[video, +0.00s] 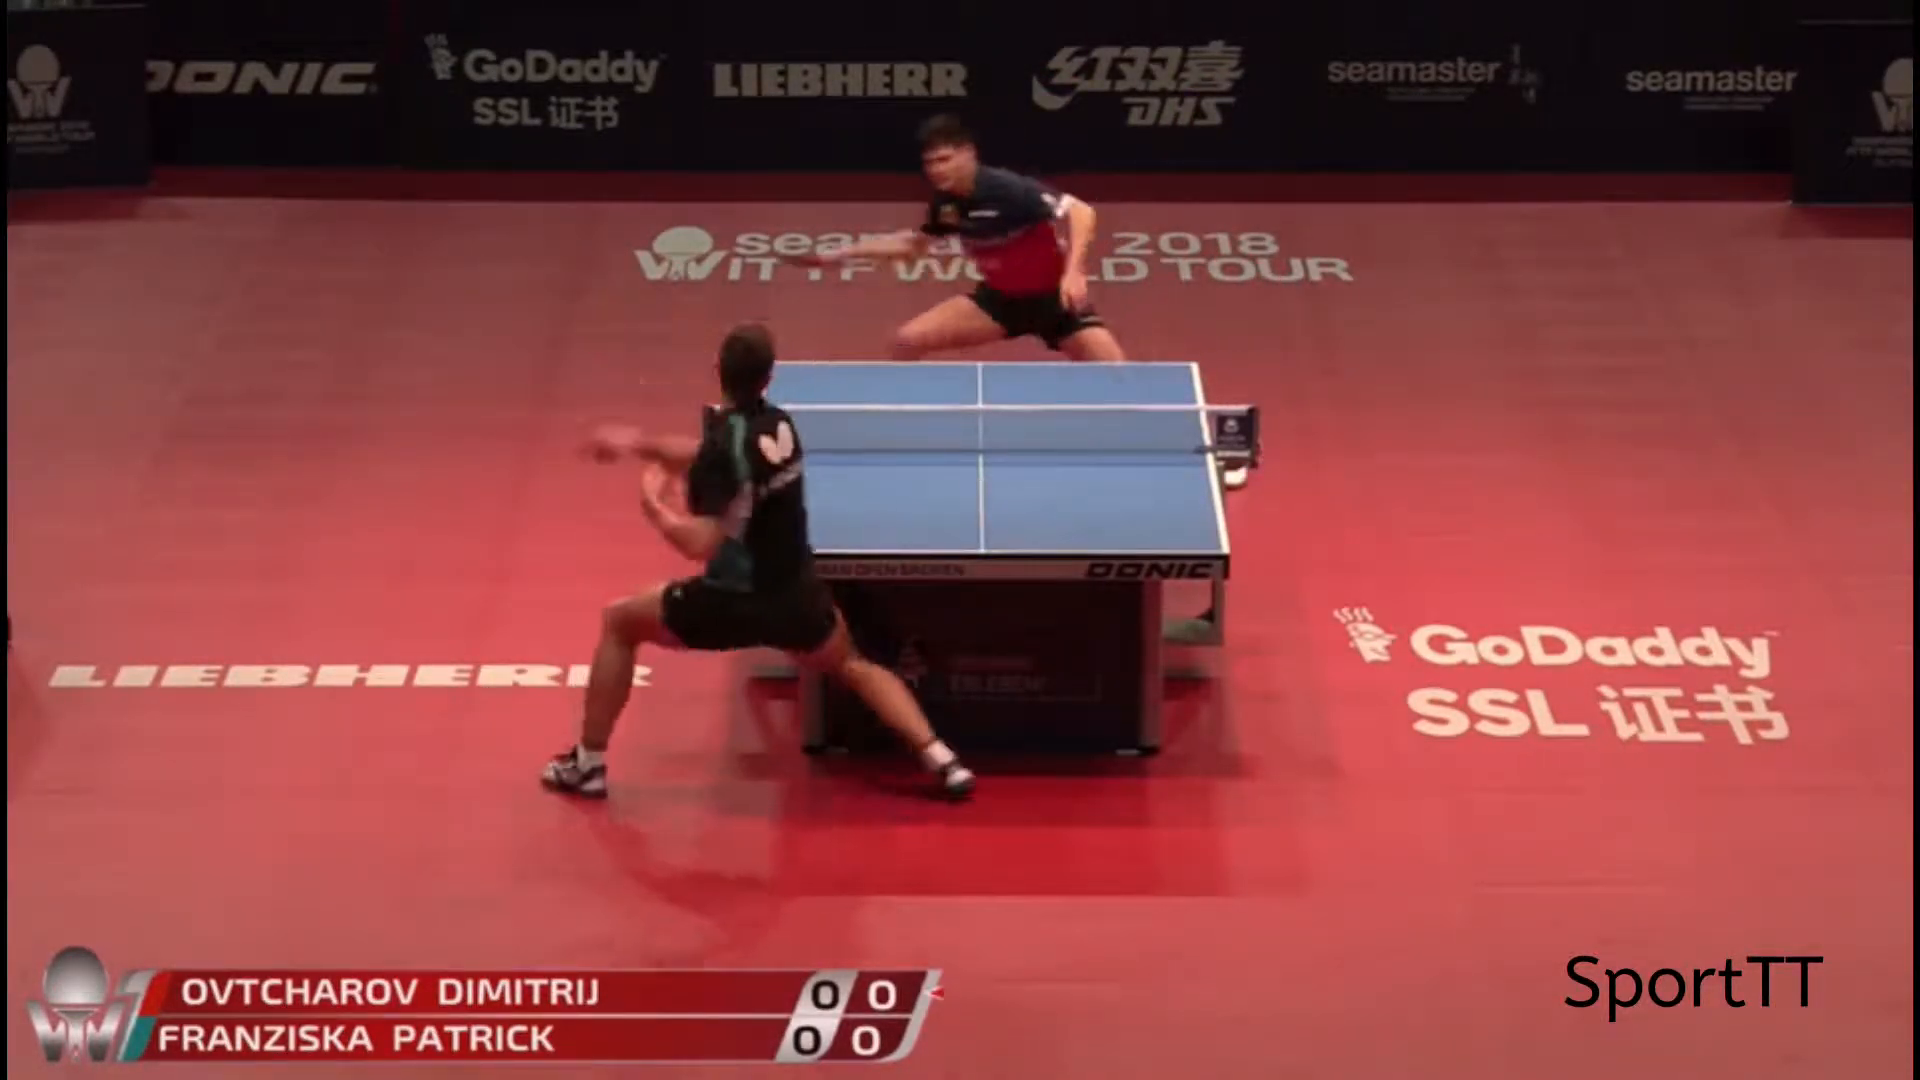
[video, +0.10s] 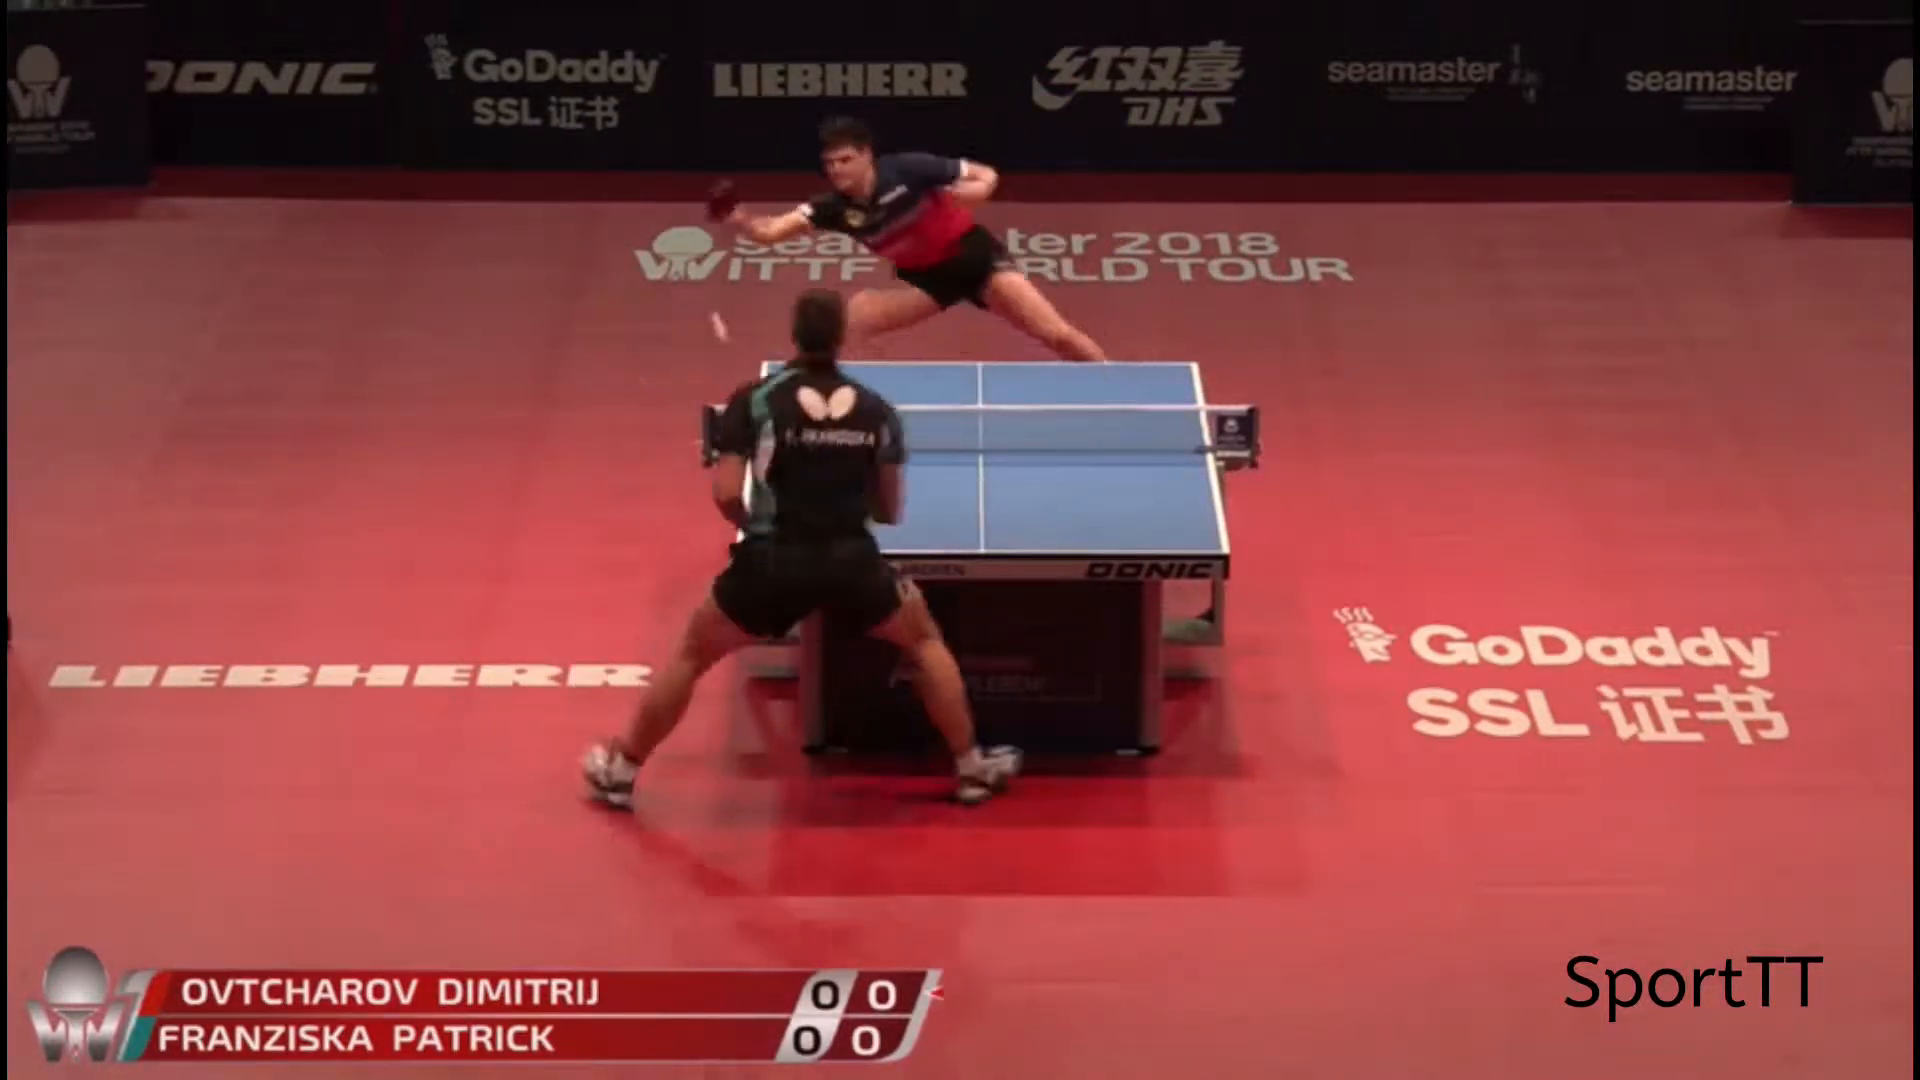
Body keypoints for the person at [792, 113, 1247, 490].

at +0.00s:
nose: (937, 171)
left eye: (945, 160)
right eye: (930, 164)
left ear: (970, 155)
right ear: (927, 167)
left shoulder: (1006, 188)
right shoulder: (944, 205)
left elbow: (1081, 214)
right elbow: (917, 246)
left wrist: (1075, 270)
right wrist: (849, 253)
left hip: (1056, 305)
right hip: (1000, 302)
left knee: (1119, 374)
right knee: (907, 340)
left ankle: (1188, 455)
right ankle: (895, 441)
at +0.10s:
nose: (837, 171)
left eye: (845, 160)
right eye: (830, 163)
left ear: (868, 155)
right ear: (826, 167)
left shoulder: (906, 169)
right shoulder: (832, 208)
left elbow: (985, 178)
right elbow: (775, 232)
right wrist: (745, 223)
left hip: (975, 263)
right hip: (928, 282)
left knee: (1055, 334)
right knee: (855, 312)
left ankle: (1120, 388)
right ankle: (828, 404)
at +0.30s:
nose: (802, 147)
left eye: (809, 136)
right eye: (793, 139)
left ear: (826, 131)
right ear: (784, 142)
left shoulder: (865, 139)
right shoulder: (791, 182)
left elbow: (930, 116)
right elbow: (764, 249)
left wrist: (981, 105)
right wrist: (725, 314)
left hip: (899, 243)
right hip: (839, 251)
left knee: (979, 317)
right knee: (771, 313)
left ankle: (972, 371)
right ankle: (784, 387)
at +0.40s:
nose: (782, 153)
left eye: (788, 143)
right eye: (772, 146)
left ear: (804, 135)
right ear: (762, 149)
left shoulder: (841, 141)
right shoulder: (770, 191)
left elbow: (892, 120)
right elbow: (747, 252)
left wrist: (944, 107)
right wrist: (710, 316)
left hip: (876, 248)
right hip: (817, 258)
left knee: (942, 332)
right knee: (760, 343)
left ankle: (941, 419)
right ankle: (713, 404)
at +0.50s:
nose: (773, 158)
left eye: (780, 147)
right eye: (764, 151)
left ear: (796, 140)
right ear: (754, 153)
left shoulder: (832, 146)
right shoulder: (759, 198)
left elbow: (876, 131)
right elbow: (740, 260)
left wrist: (930, 119)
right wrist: (699, 323)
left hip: (865, 254)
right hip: (805, 264)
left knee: (926, 334)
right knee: (753, 348)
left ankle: (951, 413)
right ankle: (710, 408)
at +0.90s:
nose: (820, 106)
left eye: (826, 97)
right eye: (812, 97)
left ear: (835, 93)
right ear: (791, 94)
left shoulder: (842, 111)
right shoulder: (766, 137)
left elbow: (858, 133)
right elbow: (725, 209)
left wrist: (886, 178)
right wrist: (765, 269)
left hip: (844, 220)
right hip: (785, 230)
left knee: (907, 300)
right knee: (751, 322)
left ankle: (909, 397)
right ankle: (707, 405)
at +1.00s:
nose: (886, 85)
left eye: (890, 76)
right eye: (878, 75)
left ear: (895, 77)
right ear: (853, 73)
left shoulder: (887, 108)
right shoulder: (822, 119)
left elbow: (893, 139)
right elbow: (796, 191)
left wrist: (911, 179)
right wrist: (808, 250)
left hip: (869, 219)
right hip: (815, 224)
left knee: (921, 307)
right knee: (763, 316)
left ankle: (909, 403)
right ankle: (710, 401)